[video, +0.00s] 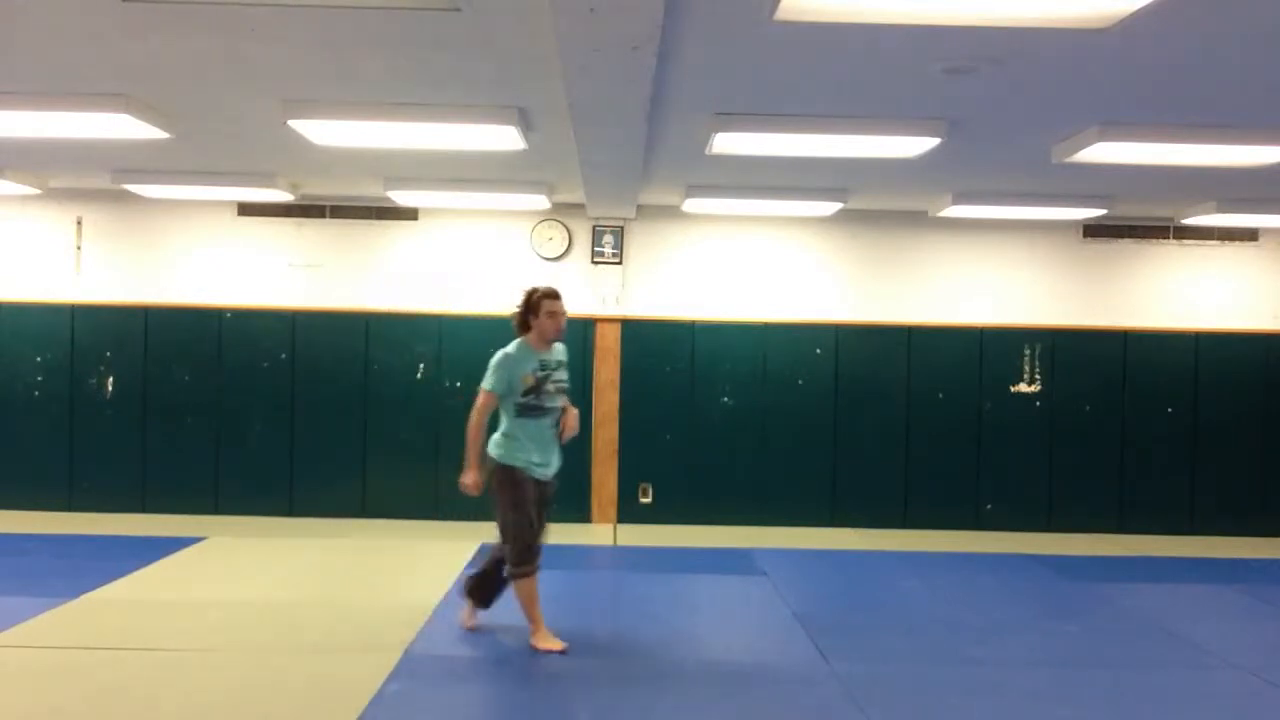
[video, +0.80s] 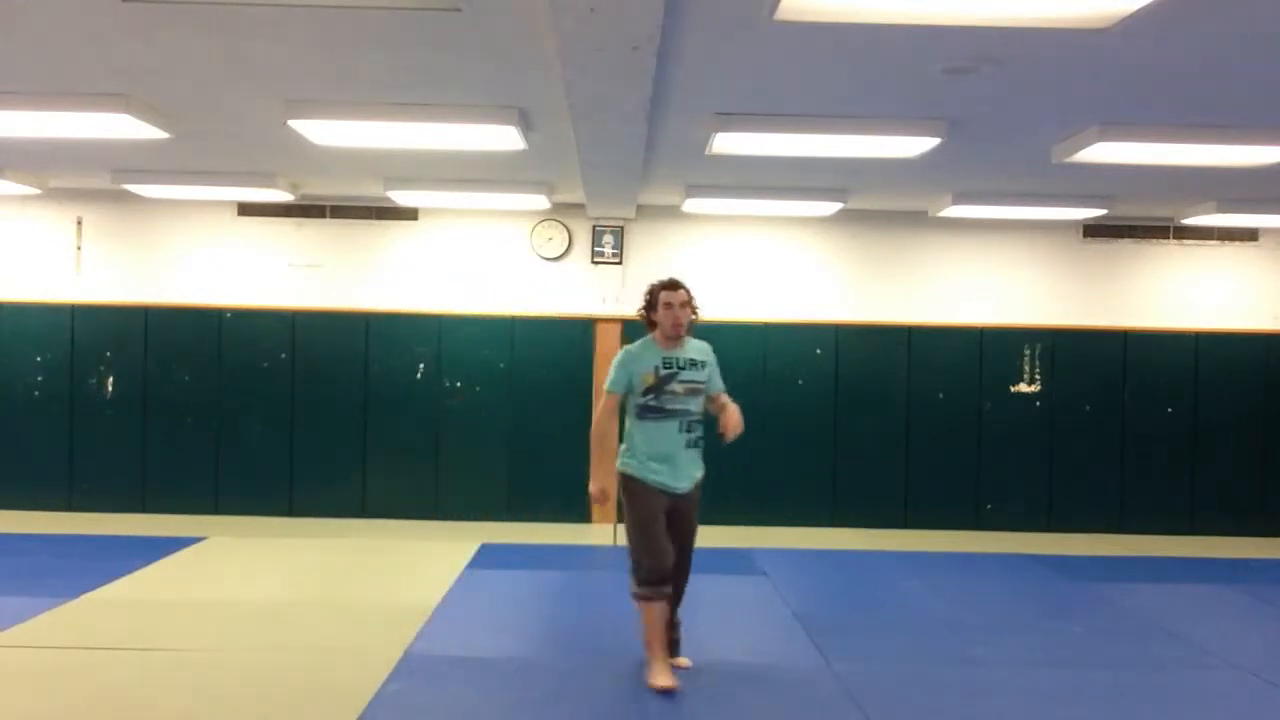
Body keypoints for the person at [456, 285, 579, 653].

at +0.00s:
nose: (560, 321)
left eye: (562, 314)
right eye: (552, 315)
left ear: (562, 318)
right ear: (532, 319)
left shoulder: (560, 353)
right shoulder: (508, 359)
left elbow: (555, 393)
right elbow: (480, 412)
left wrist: (570, 410)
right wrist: (472, 467)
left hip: (546, 462)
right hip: (512, 462)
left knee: (526, 540)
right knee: (522, 544)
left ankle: (476, 594)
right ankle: (538, 630)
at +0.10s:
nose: (574, 319)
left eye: (576, 312)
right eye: (566, 312)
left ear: (577, 316)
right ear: (545, 317)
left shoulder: (574, 350)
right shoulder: (523, 355)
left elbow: (572, 392)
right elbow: (498, 410)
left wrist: (586, 408)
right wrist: (506, 461)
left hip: (564, 464)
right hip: (527, 464)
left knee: (562, 542)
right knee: (531, 546)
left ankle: (515, 589)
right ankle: (538, 630)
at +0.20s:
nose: (588, 318)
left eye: (591, 311)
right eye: (580, 311)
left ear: (593, 315)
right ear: (560, 315)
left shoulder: (589, 352)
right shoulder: (538, 353)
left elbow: (574, 402)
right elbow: (514, 409)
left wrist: (602, 408)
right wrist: (542, 447)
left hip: (580, 467)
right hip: (539, 469)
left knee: (591, 542)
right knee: (538, 549)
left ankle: (565, 614)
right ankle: (538, 629)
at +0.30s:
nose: (606, 321)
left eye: (608, 315)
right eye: (598, 314)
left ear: (608, 318)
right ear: (577, 317)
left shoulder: (603, 357)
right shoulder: (554, 355)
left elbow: (595, 402)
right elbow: (531, 409)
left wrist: (625, 409)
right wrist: (566, 440)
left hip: (597, 470)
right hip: (554, 470)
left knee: (613, 549)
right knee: (547, 550)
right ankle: (539, 629)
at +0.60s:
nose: (658, 317)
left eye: (663, 310)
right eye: (649, 310)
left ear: (668, 316)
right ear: (631, 315)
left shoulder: (670, 355)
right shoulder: (609, 355)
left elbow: (668, 399)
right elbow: (586, 415)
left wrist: (689, 415)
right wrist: (588, 470)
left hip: (663, 475)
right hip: (620, 476)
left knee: (660, 563)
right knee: (614, 562)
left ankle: (662, 646)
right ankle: (576, 610)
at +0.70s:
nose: (669, 314)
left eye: (675, 306)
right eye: (660, 307)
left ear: (682, 312)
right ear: (643, 313)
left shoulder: (689, 352)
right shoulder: (622, 354)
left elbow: (696, 396)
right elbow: (598, 412)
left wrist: (711, 410)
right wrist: (590, 472)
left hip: (675, 471)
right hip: (631, 470)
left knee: (671, 562)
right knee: (643, 555)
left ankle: (663, 644)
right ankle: (611, 630)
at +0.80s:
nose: (678, 314)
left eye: (684, 306)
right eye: (669, 307)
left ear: (692, 312)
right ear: (653, 314)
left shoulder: (703, 354)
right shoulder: (632, 356)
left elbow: (716, 396)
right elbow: (605, 413)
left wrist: (728, 407)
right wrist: (600, 473)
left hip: (686, 475)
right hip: (641, 473)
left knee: (679, 566)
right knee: (655, 565)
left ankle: (666, 644)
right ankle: (657, 660)